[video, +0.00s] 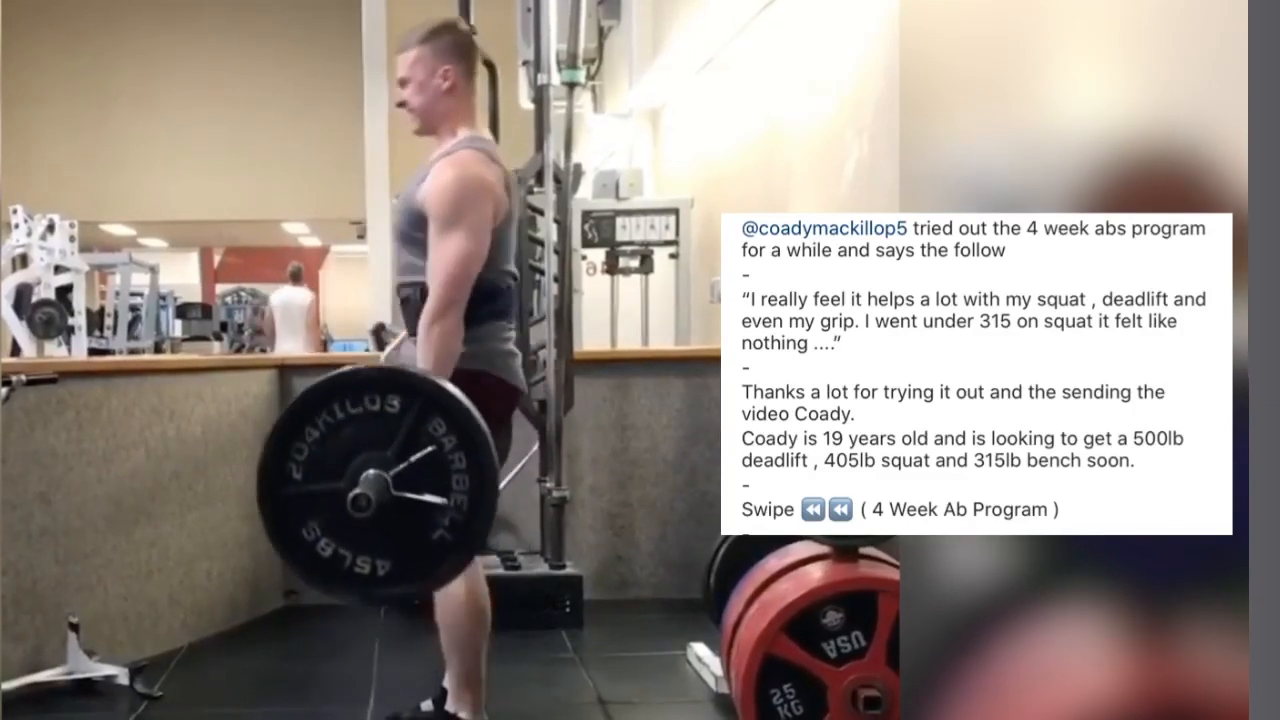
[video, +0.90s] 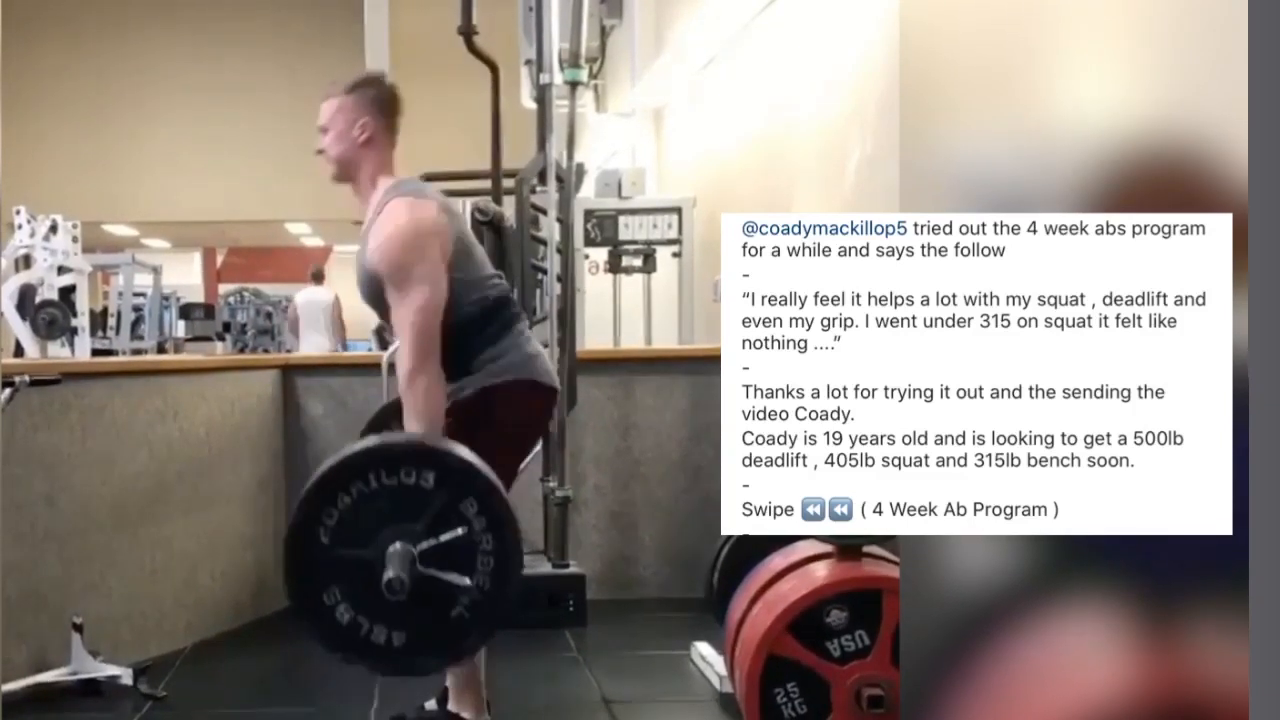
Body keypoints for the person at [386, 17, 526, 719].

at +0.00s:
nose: (400, 99)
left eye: (407, 83)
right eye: (399, 85)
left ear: (448, 80)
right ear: (449, 83)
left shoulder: (464, 170)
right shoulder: (459, 163)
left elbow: (446, 306)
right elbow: (439, 298)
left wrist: (424, 412)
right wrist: (391, 371)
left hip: (469, 373)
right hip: (469, 366)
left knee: (450, 545)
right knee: (452, 543)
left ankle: (467, 708)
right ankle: (461, 698)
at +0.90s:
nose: (319, 144)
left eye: (326, 129)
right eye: (320, 130)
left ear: (364, 130)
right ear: (367, 133)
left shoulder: (405, 219)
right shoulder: (393, 213)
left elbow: (421, 365)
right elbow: (409, 352)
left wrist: (420, 484)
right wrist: (407, 476)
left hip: (501, 389)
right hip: (481, 385)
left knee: (449, 534)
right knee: (445, 531)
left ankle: (467, 704)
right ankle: (462, 697)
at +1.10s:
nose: (273, 205)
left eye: (280, 192)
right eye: (274, 194)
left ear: (316, 193)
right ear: (316, 194)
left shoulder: (375, 275)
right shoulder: (359, 268)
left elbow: (409, 415)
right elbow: (402, 406)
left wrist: (426, 529)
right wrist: (420, 526)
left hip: (527, 379)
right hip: (502, 382)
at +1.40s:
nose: (240, 312)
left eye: (245, 299)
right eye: (239, 300)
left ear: (282, 297)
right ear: (286, 296)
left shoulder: (358, 363)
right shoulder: (350, 345)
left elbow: (407, 497)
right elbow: (397, 485)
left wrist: (427, 617)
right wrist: (422, 614)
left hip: (536, 390)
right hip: (527, 385)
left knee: (448, 541)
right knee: (449, 537)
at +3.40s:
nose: (276, 247)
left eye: (284, 235)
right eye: (277, 236)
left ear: (323, 236)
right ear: (322, 236)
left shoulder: (386, 312)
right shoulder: (367, 310)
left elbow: (421, 449)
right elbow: (395, 430)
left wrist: (439, 565)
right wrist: (415, 545)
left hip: (546, 384)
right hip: (517, 385)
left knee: (459, 524)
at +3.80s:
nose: (320, 146)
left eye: (329, 132)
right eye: (321, 133)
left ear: (366, 135)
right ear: (367, 137)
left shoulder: (412, 222)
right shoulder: (387, 220)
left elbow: (437, 362)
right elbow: (410, 353)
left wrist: (452, 484)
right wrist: (416, 452)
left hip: (522, 373)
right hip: (483, 373)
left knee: (468, 530)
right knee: (450, 525)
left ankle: (475, 700)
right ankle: (465, 692)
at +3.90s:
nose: (344, 122)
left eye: (353, 109)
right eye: (345, 109)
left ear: (393, 111)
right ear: (390, 113)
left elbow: (447, 339)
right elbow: (417, 327)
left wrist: (452, 465)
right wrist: (417, 427)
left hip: (513, 370)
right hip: (477, 365)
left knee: (474, 531)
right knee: (458, 524)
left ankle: (476, 701)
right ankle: (464, 691)